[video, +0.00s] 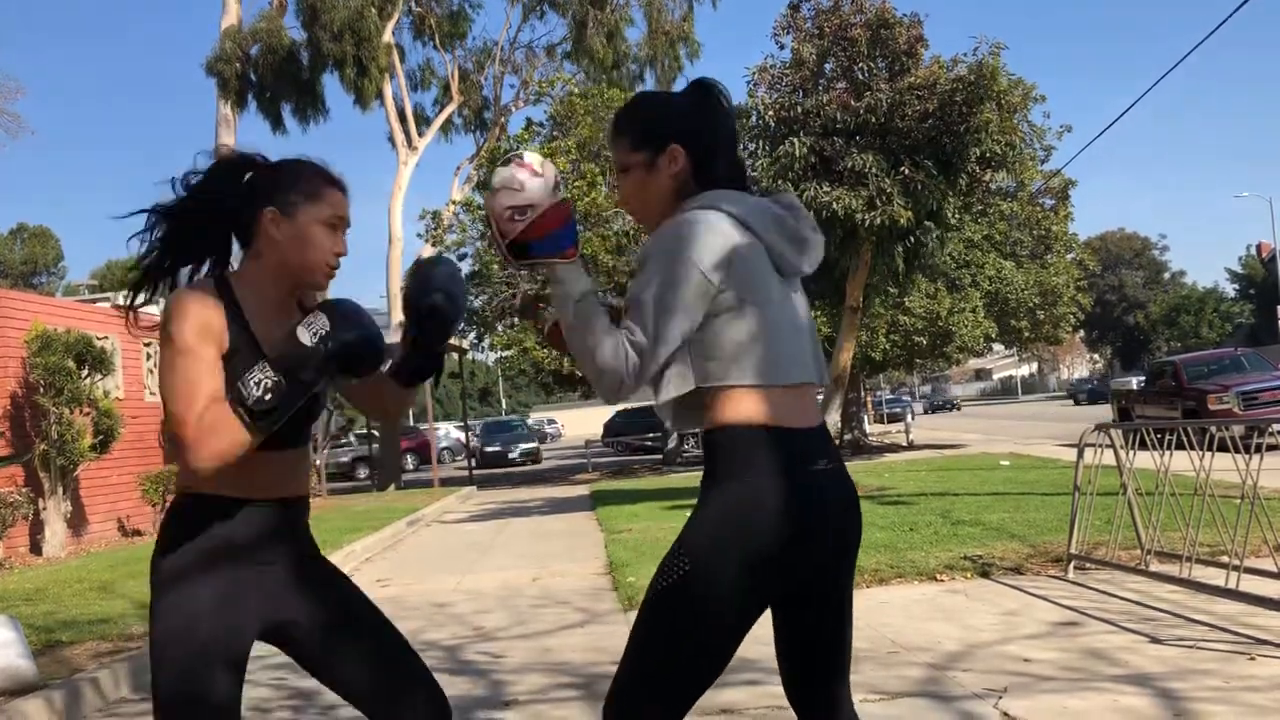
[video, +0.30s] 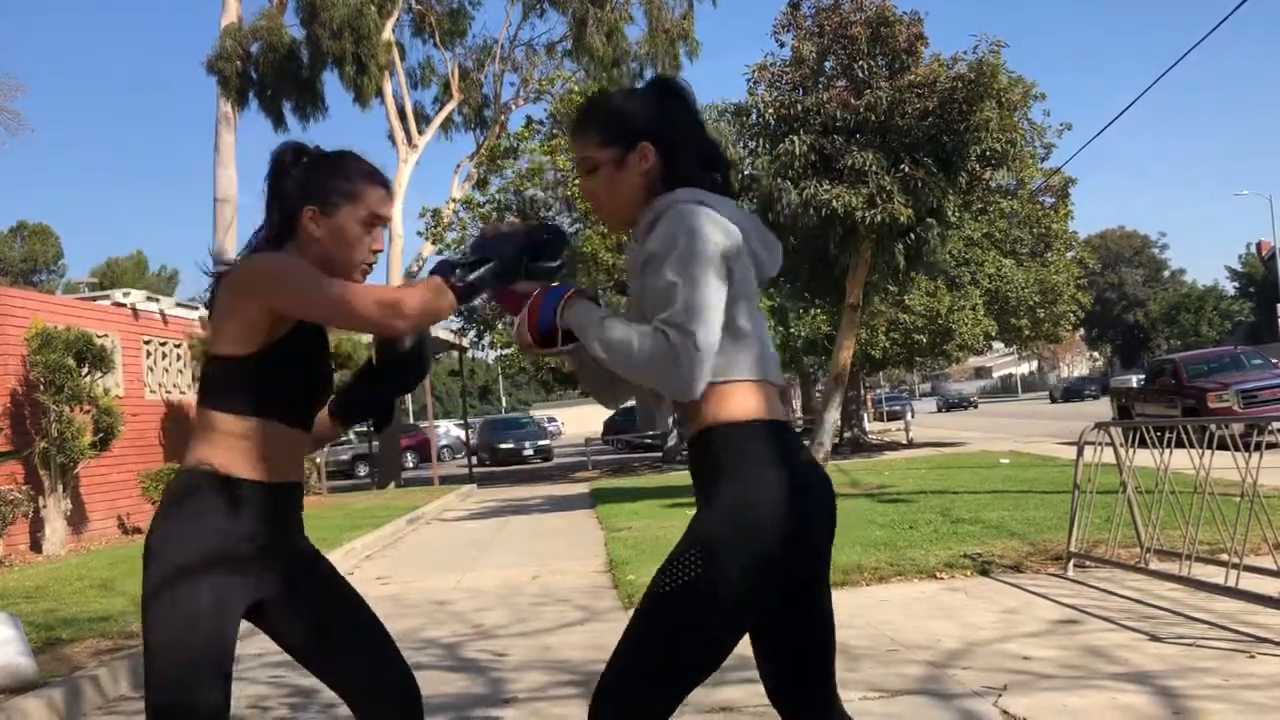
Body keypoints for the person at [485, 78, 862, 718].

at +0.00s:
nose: (617, 193)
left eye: (624, 173)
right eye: (615, 176)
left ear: (673, 163)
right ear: (676, 162)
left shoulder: (693, 233)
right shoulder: (765, 229)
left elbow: (619, 370)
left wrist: (564, 268)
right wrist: (590, 334)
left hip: (749, 498)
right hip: (824, 492)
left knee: (636, 706)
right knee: (825, 700)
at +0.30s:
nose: (584, 191)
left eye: (591, 170)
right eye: (580, 174)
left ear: (644, 160)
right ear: (642, 163)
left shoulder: (685, 223)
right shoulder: (677, 232)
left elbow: (681, 366)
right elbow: (643, 391)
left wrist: (572, 309)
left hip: (754, 490)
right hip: (782, 483)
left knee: (622, 704)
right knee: (810, 702)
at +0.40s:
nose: (546, 185)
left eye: (556, 164)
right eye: (541, 168)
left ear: (611, 153)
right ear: (605, 159)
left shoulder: (667, 218)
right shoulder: (624, 237)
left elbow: (682, 364)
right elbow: (627, 382)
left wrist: (571, 280)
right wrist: (549, 341)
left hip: (722, 488)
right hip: (699, 485)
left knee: (626, 706)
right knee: (763, 701)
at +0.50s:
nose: (515, 185)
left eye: (527, 163)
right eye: (506, 166)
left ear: (582, 150)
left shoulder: (653, 218)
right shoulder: (565, 251)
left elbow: (682, 383)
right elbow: (588, 391)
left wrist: (553, 320)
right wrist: (507, 396)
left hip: (693, 478)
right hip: (651, 480)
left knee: (621, 704)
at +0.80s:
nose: (540, 190)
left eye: (557, 163)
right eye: (515, 165)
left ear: (575, 156)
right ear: (477, 160)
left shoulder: (620, 250)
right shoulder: (438, 253)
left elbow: (656, 403)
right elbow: (313, 332)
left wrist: (578, 328)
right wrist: (225, 417)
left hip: (600, 504)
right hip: (494, 506)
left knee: (612, 708)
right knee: (401, 701)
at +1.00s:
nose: (511, 183)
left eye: (515, 164)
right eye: (499, 160)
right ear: (437, 150)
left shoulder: (499, 245)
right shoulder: (344, 226)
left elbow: (521, 392)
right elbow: (238, 334)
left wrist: (546, 332)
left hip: (465, 489)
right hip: (363, 492)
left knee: (554, 701)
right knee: (333, 707)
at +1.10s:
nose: (469, 194)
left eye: (476, 176)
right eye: (460, 168)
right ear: (397, 152)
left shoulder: (450, 242)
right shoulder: (311, 225)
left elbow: (467, 380)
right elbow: (308, 365)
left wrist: (532, 330)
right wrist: (445, 302)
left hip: (437, 489)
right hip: (344, 496)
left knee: (547, 696)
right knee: (332, 708)